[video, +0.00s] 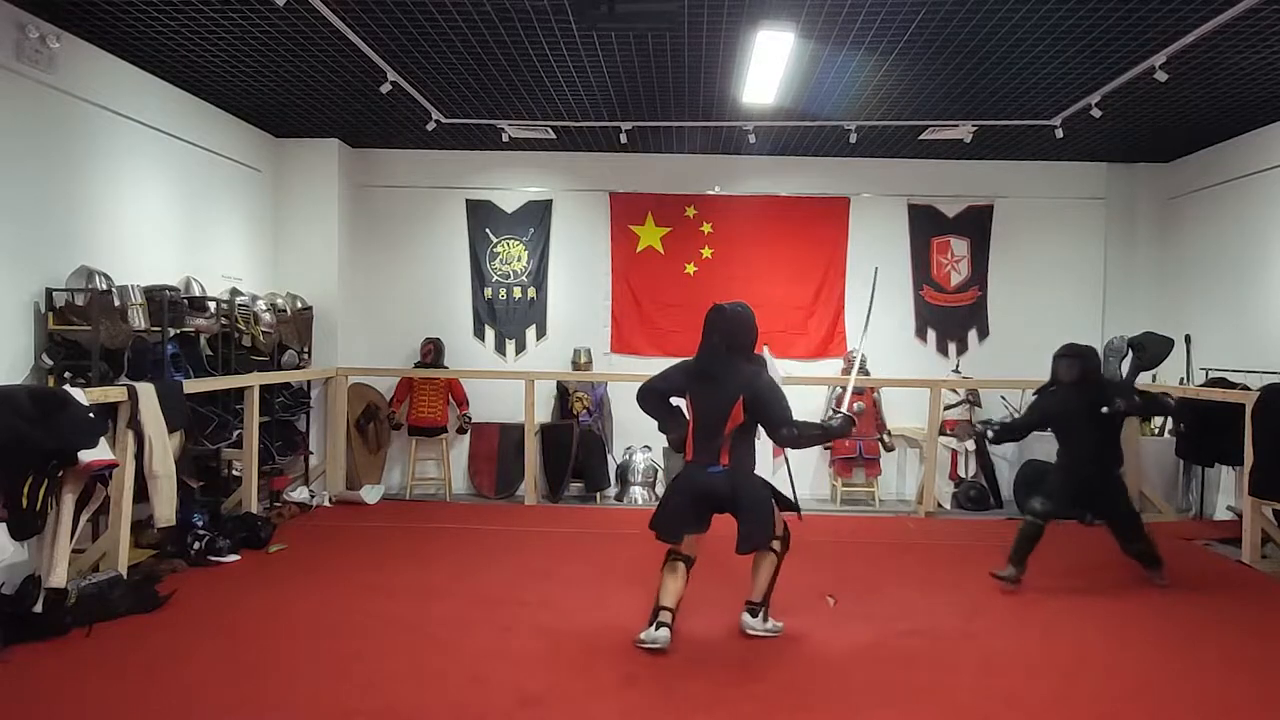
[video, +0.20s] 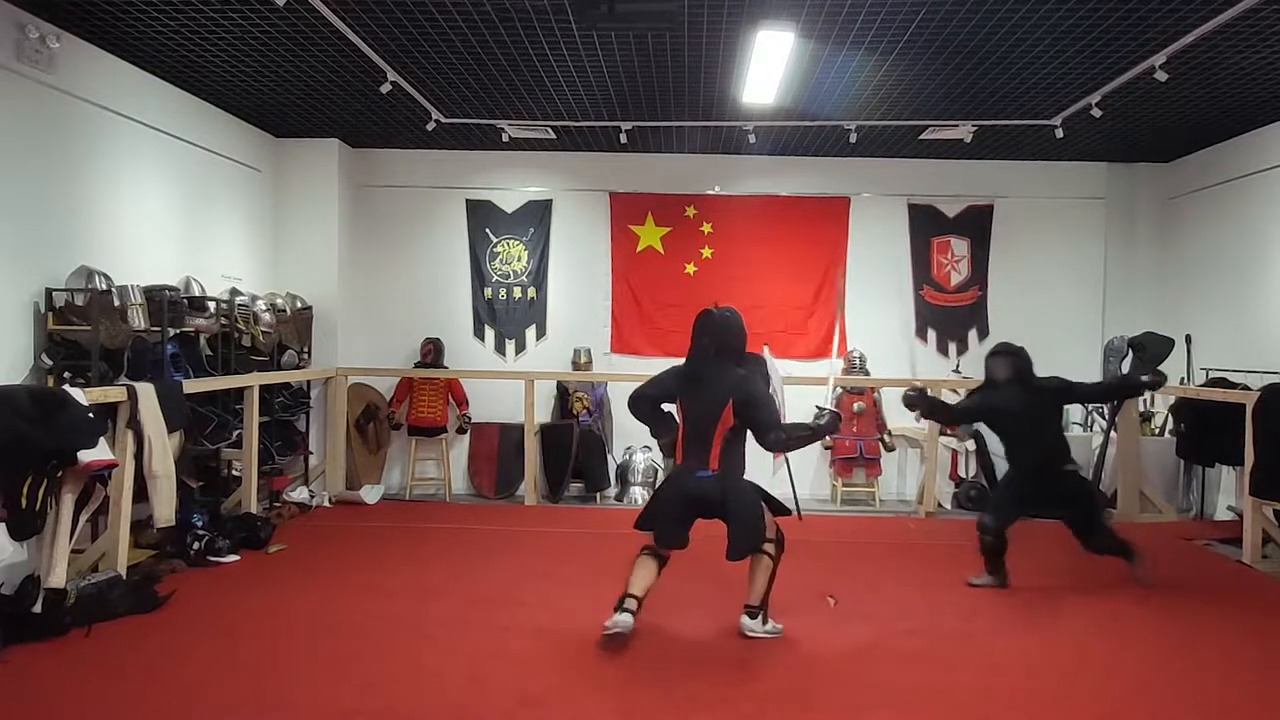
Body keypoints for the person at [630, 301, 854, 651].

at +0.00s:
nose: (756, 338)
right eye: (753, 332)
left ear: (710, 335)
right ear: (748, 336)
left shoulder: (690, 369)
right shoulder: (754, 377)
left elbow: (648, 394)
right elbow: (786, 433)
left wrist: (676, 428)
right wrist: (834, 429)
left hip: (692, 479)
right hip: (738, 481)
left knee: (682, 550)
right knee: (777, 532)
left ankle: (662, 624)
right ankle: (755, 612)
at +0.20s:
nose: (746, 341)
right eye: (742, 335)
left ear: (700, 340)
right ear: (737, 340)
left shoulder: (683, 374)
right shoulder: (746, 381)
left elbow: (639, 401)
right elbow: (773, 439)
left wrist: (668, 432)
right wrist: (822, 427)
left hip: (680, 485)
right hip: (727, 487)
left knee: (655, 547)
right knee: (771, 537)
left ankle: (626, 610)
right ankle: (754, 614)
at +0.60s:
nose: (649, 334)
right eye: (647, 328)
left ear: (603, 331)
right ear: (642, 336)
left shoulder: (583, 365)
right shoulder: (645, 376)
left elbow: (540, 389)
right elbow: (682, 411)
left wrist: (573, 419)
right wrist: (673, 377)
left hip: (575, 480)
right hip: (620, 482)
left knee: (567, 548)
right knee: (665, 540)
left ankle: (529, 611)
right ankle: (646, 624)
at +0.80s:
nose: (559, 359)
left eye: (550, 356)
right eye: (556, 355)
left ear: (516, 361)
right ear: (552, 359)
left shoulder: (499, 400)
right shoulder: (569, 386)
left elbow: (458, 432)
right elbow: (630, 399)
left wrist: (493, 462)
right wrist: (685, 402)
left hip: (501, 502)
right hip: (555, 503)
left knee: (471, 562)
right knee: (611, 552)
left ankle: (408, 625)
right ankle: (640, 633)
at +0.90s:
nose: (520, 368)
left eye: (517, 364)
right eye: (517, 363)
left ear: (474, 364)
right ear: (510, 363)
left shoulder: (456, 395)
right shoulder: (521, 387)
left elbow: (409, 430)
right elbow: (567, 419)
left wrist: (441, 462)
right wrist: (619, 430)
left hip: (456, 502)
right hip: (504, 499)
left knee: (439, 563)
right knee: (559, 560)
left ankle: (398, 641)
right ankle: (615, 632)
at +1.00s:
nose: (489, 368)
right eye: (486, 362)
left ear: (441, 360)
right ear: (478, 361)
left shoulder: (421, 392)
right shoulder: (483, 388)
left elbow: (376, 428)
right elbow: (519, 437)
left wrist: (406, 460)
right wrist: (563, 479)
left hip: (419, 499)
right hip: (466, 498)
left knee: (431, 559)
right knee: (526, 557)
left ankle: (393, 641)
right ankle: (528, 647)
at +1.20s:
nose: (452, 337)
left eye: (450, 330)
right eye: (449, 330)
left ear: (398, 328)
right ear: (439, 333)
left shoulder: (377, 367)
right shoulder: (436, 372)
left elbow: (327, 399)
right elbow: (441, 430)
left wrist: (361, 435)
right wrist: (498, 472)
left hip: (368, 486)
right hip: (412, 491)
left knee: (397, 560)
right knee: (397, 599)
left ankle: (374, 644)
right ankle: (325, 672)